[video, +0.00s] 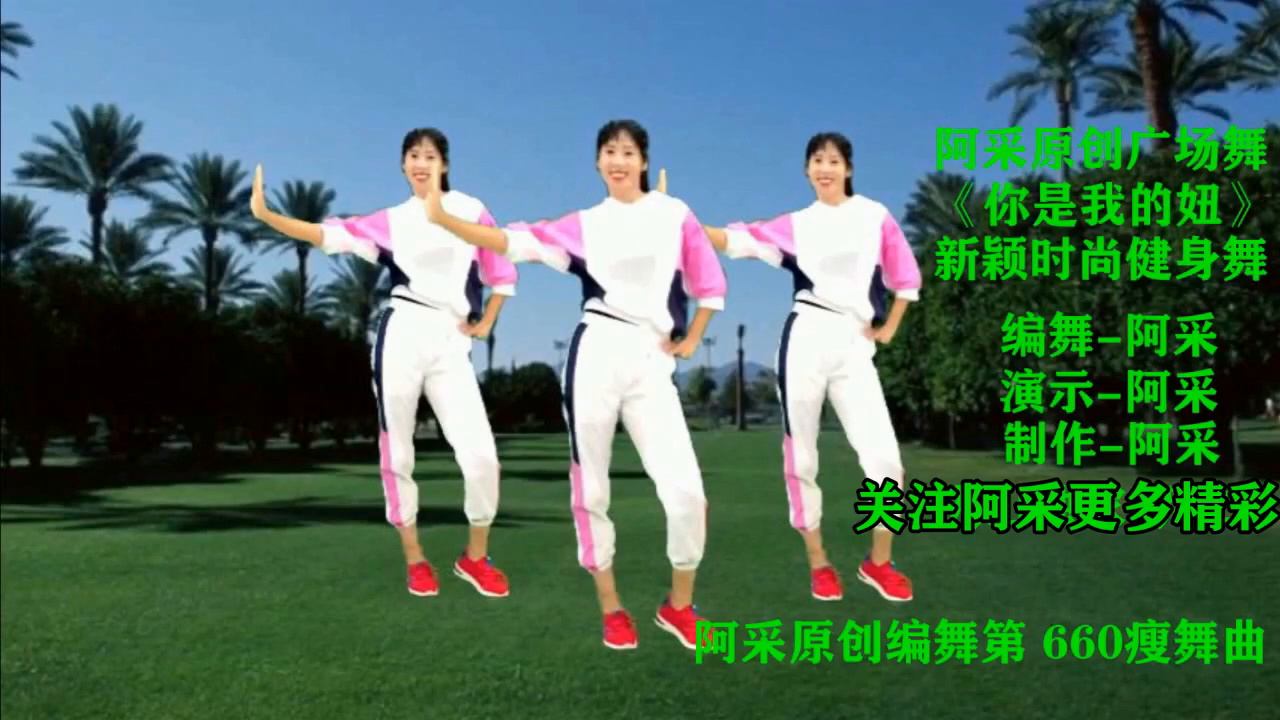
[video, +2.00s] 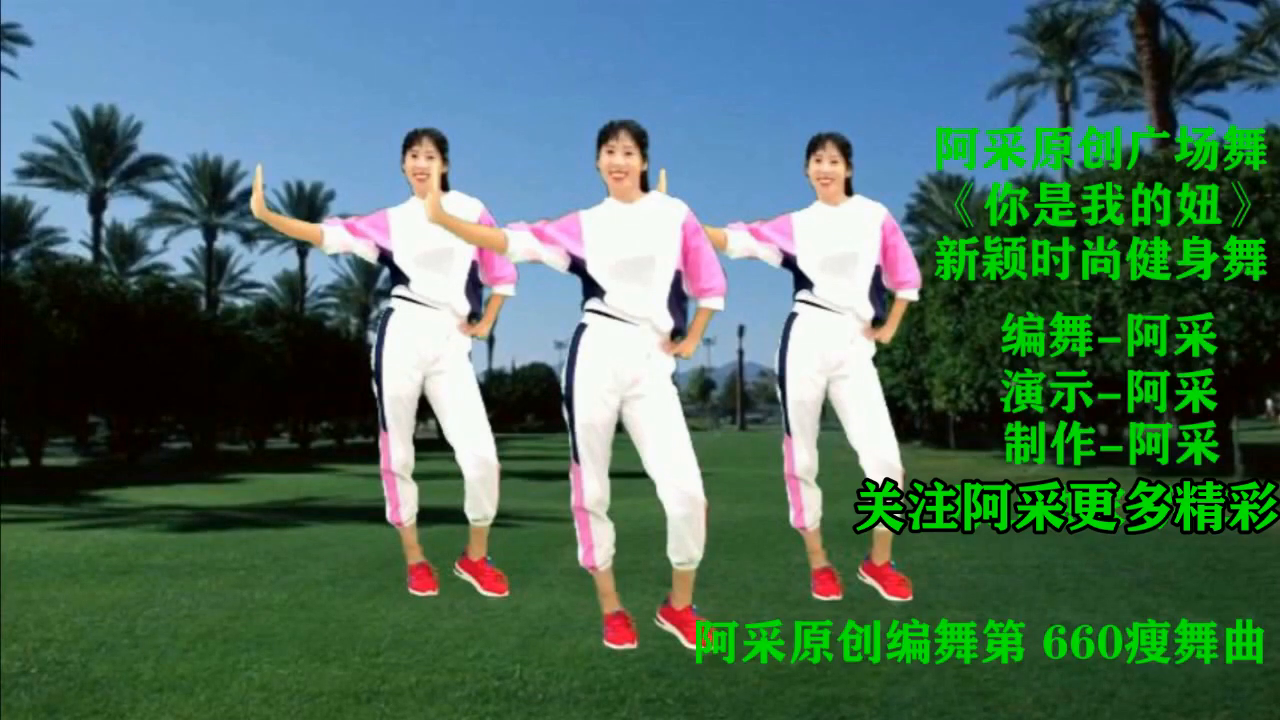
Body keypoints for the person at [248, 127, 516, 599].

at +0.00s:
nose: (420, 164)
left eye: (428, 157)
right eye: (412, 157)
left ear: (444, 165)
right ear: (404, 166)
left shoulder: (473, 211)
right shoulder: (393, 220)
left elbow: (503, 273)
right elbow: (327, 235)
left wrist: (484, 325)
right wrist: (265, 215)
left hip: (451, 335)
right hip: (401, 331)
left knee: (482, 456)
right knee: (399, 453)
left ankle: (476, 557)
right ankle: (415, 561)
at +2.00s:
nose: (420, 164)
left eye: (428, 157)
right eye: (412, 157)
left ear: (444, 165)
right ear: (403, 166)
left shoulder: (473, 211)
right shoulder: (393, 220)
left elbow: (503, 273)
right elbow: (327, 235)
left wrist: (484, 325)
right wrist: (265, 215)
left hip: (451, 335)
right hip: (401, 331)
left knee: (482, 456)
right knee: (399, 453)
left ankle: (476, 557)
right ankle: (415, 561)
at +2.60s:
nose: (465, 165)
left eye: (472, 157)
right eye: (458, 158)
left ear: (486, 166)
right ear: (448, 167)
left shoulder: (509, 216)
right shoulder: (439, 227)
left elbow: (535, 284)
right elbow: (384, 246)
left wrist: (519, 338)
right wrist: (334, 222)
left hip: (492, 352)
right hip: (450, 347)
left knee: (516, 485)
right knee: (446, 480)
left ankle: (511, 600)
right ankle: (459, 601)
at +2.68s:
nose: (456, 180)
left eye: (461, 174)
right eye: (451, 174)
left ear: (471, 180)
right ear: (444, 181)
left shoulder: (483, 222)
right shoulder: (437, 231)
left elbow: (500, 279)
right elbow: (399, 246)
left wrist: (492, 325)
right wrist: (371, 223)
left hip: (473, 336)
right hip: (444, 335)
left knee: (487, 445)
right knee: (442, 444)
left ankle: (485, 547)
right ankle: (452, 548)